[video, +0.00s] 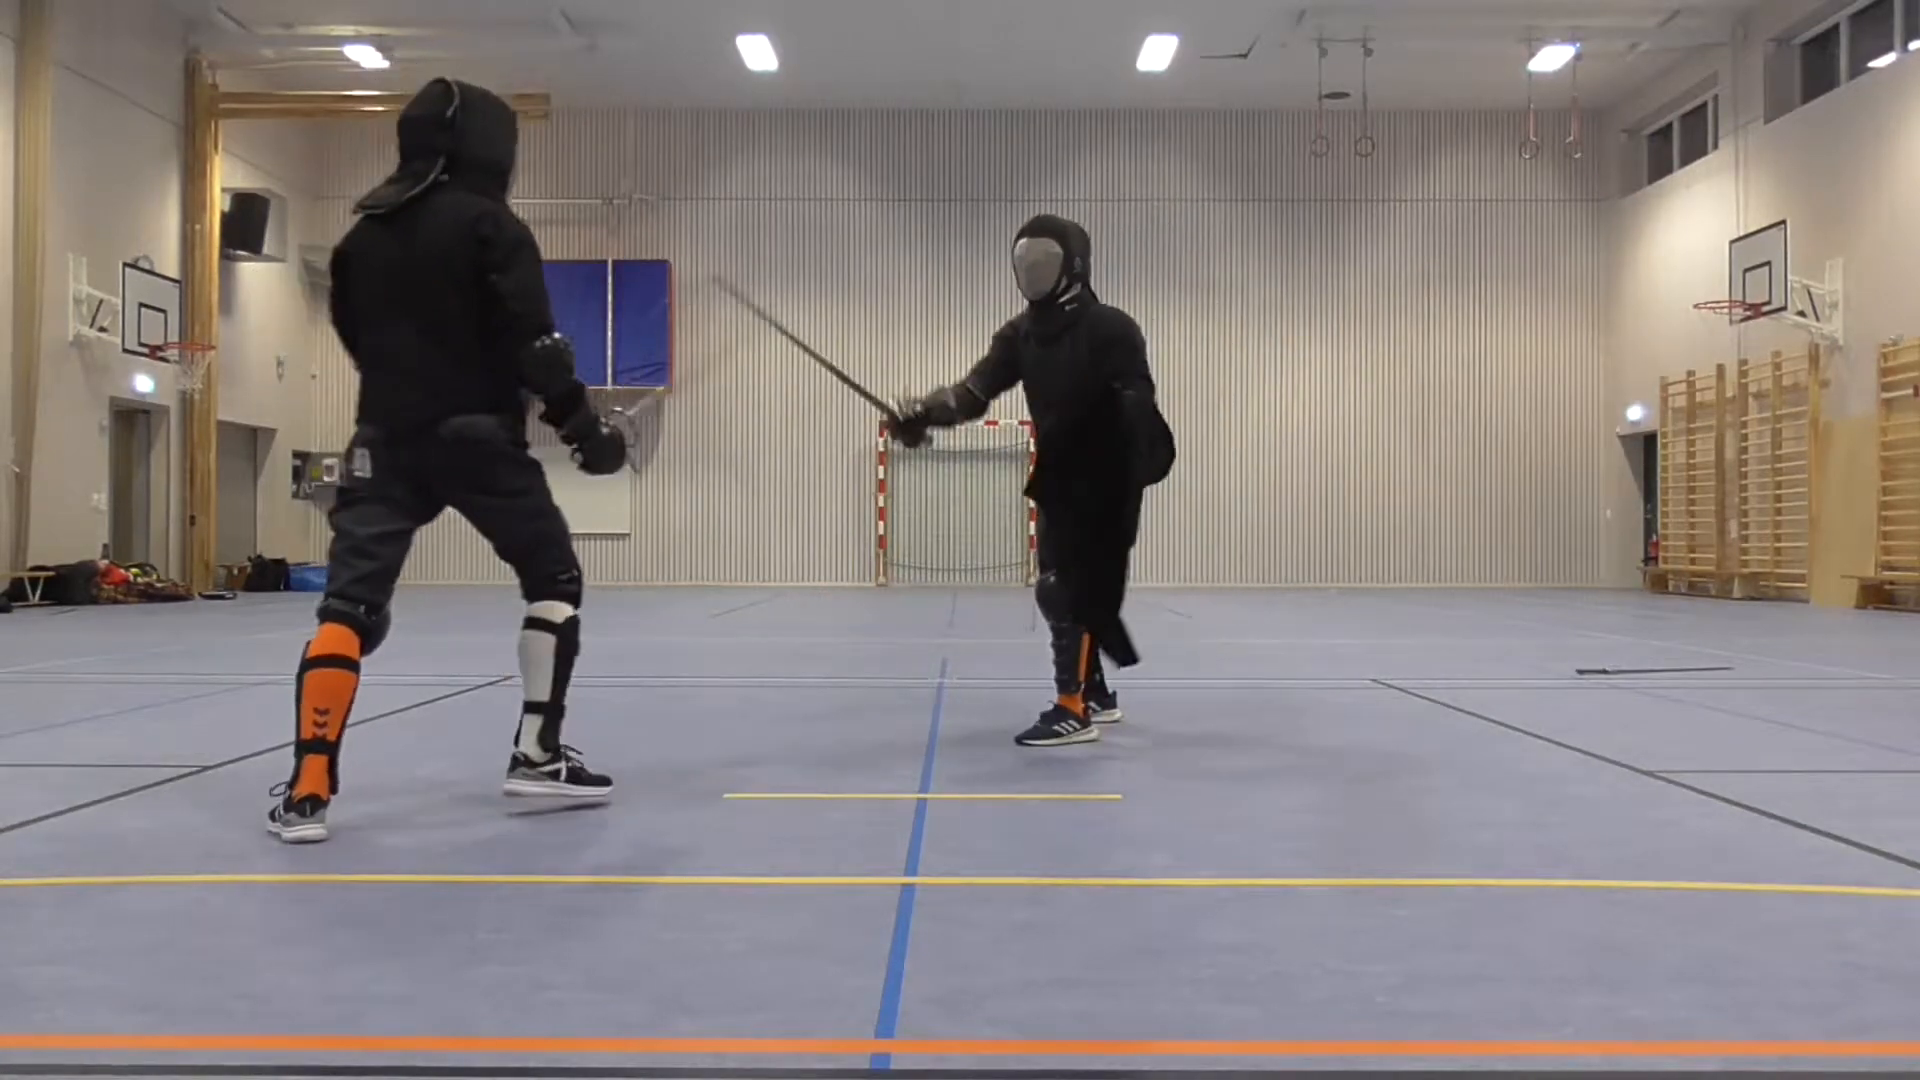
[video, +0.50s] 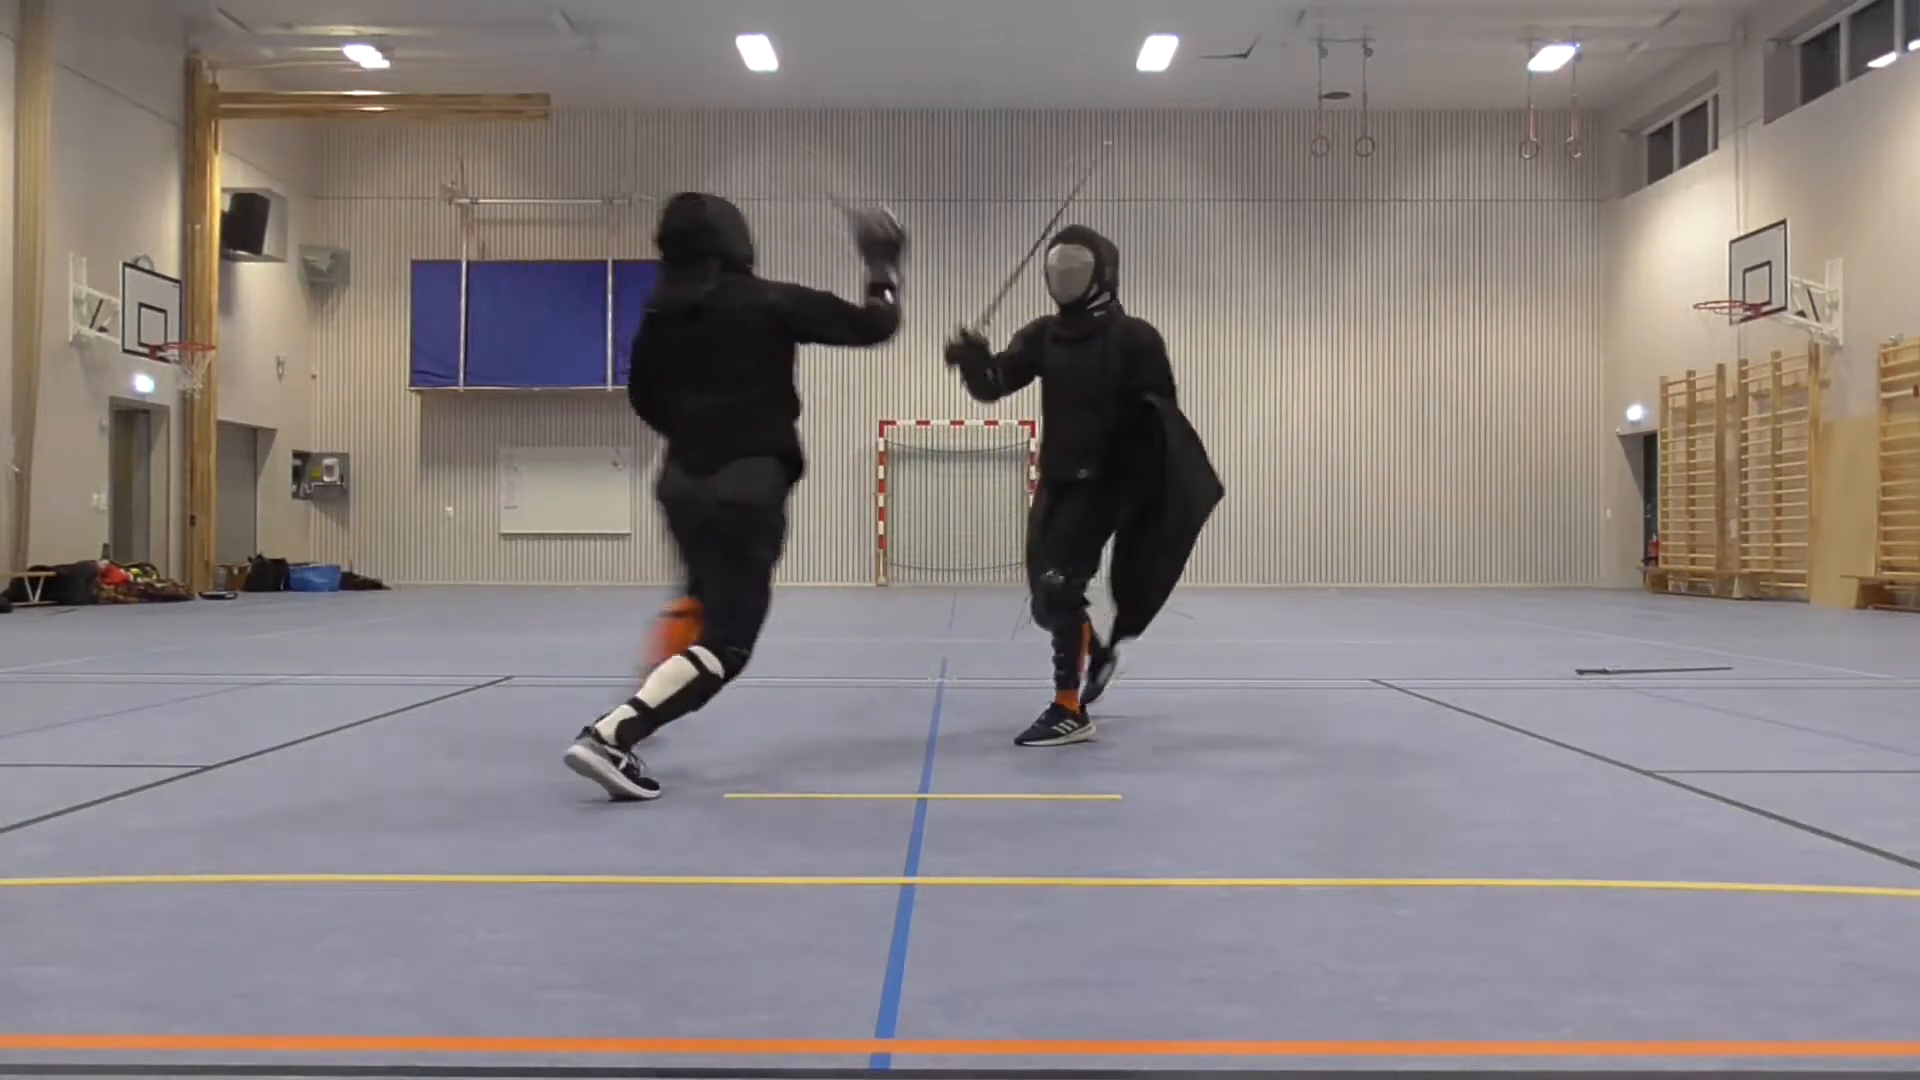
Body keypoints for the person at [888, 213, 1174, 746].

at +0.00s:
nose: (1029, 274)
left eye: (1042, 263)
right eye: (1022, 264)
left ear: (1071, 266)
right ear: (1015, 267)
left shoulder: (1110, 330)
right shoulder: (1022, 335)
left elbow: (1140, 412)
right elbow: (974, 392)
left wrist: (1123, 472)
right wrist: (923, 413)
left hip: (1105, 485)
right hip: (1058, 485)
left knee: (1060, 590)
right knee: (1067, 586)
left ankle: (1073, 709)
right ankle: (1095, 690)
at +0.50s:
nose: (1060, 278)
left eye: (1072, 267)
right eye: (1054, 268)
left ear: (1100, 272)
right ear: (1047, 273)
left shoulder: (1135, 339)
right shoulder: (1043, 336)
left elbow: (1158, 424)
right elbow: (992, 386)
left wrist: (1128, 484)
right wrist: (973, 360)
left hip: (1108, 486)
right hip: (1057, 482)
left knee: (1061, 584)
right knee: (1046, 597)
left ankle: (1069, 709)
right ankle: (1096, 651)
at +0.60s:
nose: (1074, 280)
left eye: (1086, 269)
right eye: (1067, 270)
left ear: (1114, 274)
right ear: (1060, 275)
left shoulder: (1146, 339)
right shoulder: (1060, 332)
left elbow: (1181, 428)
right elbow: (989, 338)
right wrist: (977, 288)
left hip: (1120, 486)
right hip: (1068, 482)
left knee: (1085, 583)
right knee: (1062, 591)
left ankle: (1079, 697)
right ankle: (1094, 678)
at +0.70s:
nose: (1083, 286)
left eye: (1095, 277)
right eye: (1079, 276)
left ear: (1124, 286)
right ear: (1074, 282)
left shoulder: (1157, 347)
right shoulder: (1074, 336)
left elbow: (1146, 409)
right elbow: (1016, 310)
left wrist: (1084, 371)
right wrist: (1008, 251)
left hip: (1135, 489)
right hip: (1086, 488)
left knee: (1095, 572)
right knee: (1069, 600)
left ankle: (1127, 671)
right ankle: (1102, 689)